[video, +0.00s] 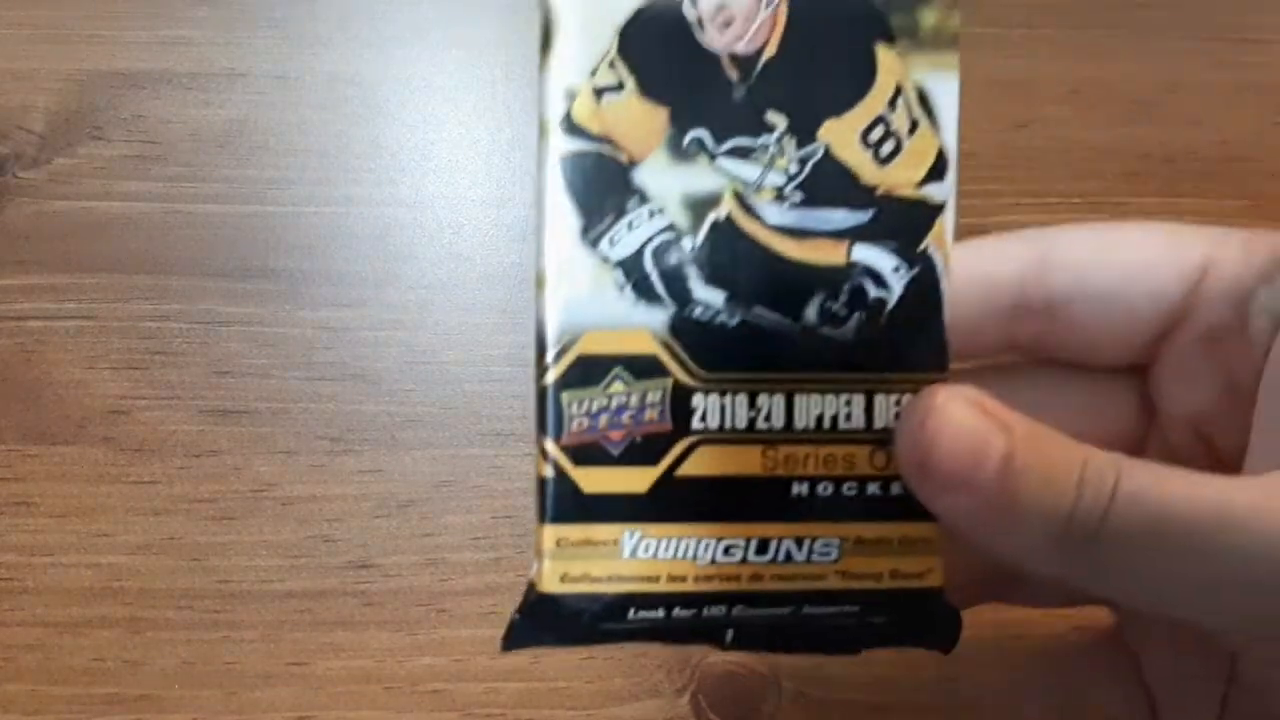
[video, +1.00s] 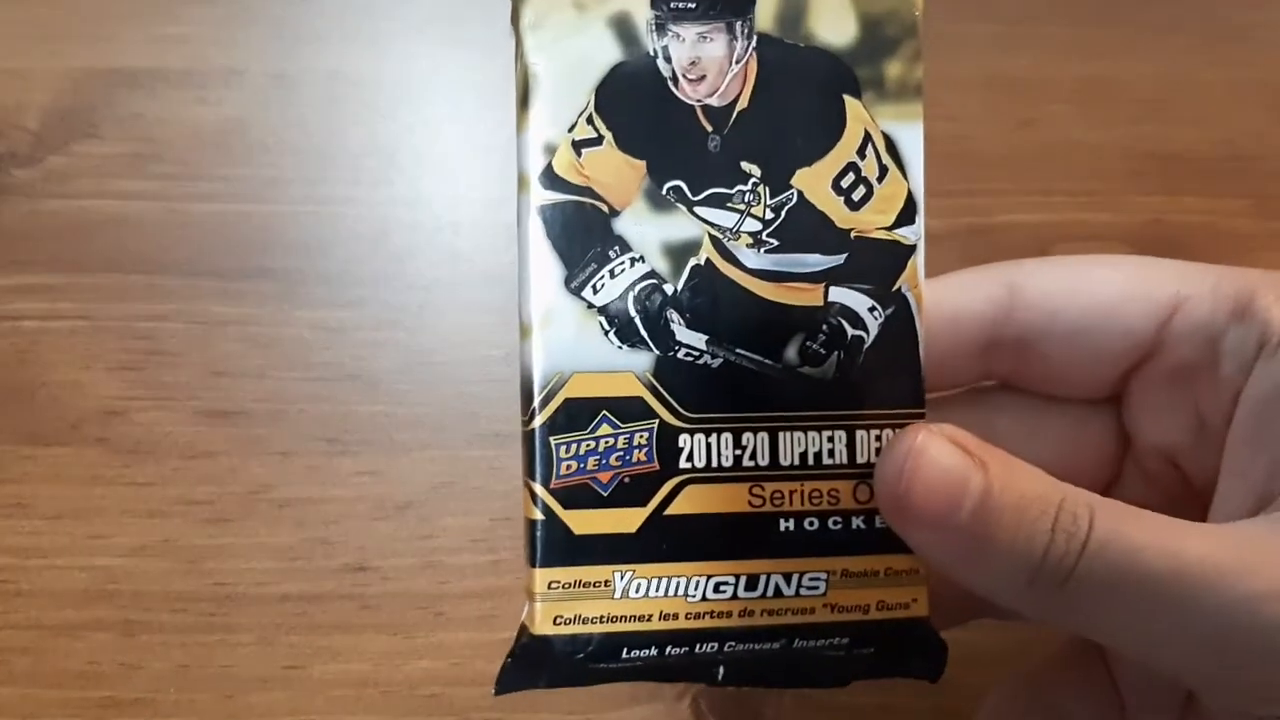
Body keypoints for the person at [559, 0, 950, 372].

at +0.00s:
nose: (712, 10)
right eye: (697, 0)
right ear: (683, 1)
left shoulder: (839, 38)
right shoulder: (656, 40)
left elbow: (922, 177)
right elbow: (588, 140)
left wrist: (875, 272)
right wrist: (640, 244)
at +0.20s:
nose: (697, 15)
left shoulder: (822, 52)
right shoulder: (644, 50)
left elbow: (898, 188)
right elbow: (573, 150)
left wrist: (851, 288)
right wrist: (626, 247)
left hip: (852, 257)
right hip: (738, 246)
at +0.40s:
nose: (700, 36)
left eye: (719, 15)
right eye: (684, 15)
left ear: (756, 17)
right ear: (670, 15)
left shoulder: (820, 71)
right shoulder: (647, 72)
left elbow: (894, 203)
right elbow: (577, 166)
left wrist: (849, 301)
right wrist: (630, 260)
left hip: (850, 268)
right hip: (738, 258)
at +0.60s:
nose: (703, 41)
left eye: (722, 19)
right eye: (687, 19)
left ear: (760, 19)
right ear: (673, 19)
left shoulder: (826, 75)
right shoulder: (648, 78)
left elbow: (902, 210)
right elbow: (579, 172)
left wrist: (856, 309)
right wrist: (629, 268)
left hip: (858, 274)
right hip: (744, 265)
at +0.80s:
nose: (690, 54)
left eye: (710, 32)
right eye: (675, 33)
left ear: (747, 31)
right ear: (659, 30)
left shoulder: (813, 86)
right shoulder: (634, 92)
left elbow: (892, 217)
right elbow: (569, 191)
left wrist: (846, 320)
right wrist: (625, 284)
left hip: (847, 285)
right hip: (733, 277)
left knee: (883, 442)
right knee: (671, 424)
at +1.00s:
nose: (687, 59)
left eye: (707, 37)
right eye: (673, 37)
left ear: (743, 34)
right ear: (658, 36)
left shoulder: (811, 90)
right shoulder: (633, 97)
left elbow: (889, 219)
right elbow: (567, 194)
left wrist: (845, 322)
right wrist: (624, 286)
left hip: (847, 288)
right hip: (733, 280)